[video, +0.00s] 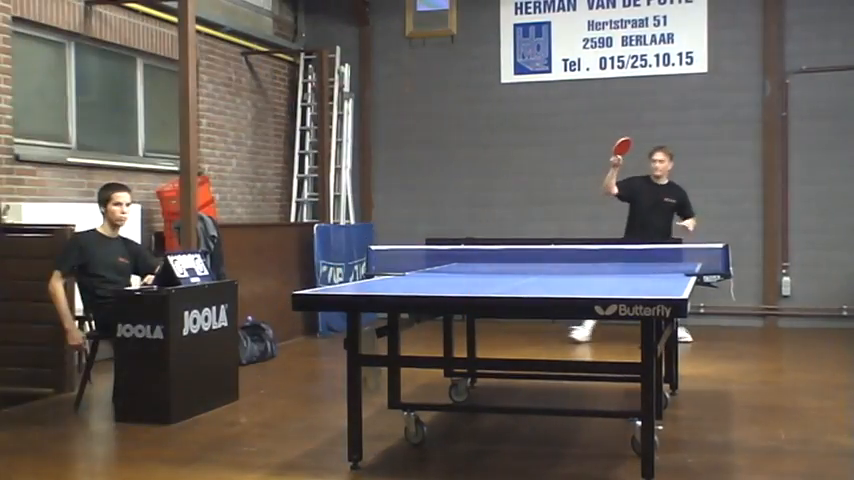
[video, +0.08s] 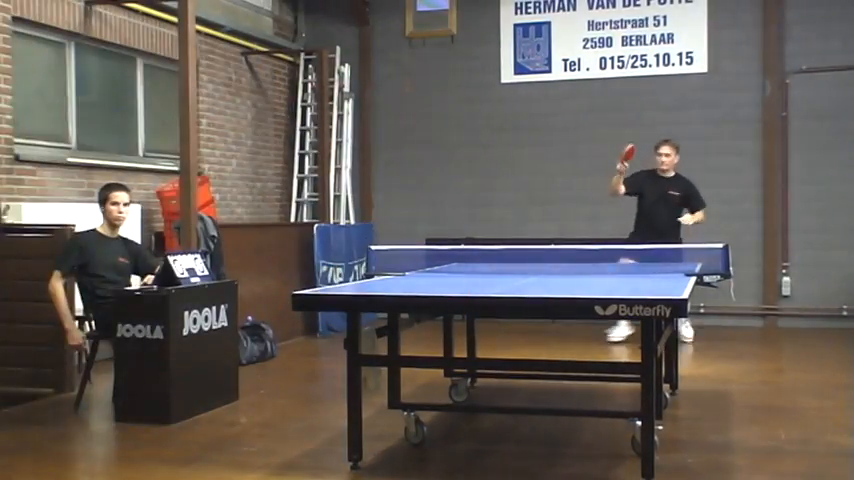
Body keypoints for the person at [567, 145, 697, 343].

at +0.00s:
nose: (656, 165)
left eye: (661, 161)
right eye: (653, 161)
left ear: (670, 165)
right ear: (649, 164)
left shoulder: (677, 192)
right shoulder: (636, 184)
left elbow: (690, 219)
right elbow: (609, 189)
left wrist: (687, 224)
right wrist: (614, 169)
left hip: (662, 251)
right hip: (631, 249)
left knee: (674, 285)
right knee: (609, 283)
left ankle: (675, 325)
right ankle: (588, 325)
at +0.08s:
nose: (663, 159)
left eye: (667, 155)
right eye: (660, 155)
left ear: (676, 158)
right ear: (655, 157)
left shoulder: (684, 185)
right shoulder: (643, 178)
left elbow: (701, 214)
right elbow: (616, 191)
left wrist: (691, 218)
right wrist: (620, 174)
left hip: (670, 245)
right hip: (639, 242)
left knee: (677, 283)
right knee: (622, 272)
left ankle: (682, 321)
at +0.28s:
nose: (650, 178)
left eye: (652, 172)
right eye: (647, 173)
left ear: (666, 164)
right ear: (663, 166)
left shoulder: (687, 181)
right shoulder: (672, 180)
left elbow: (690, 227)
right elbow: (675, 216)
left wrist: (649, 237)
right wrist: (657, 228)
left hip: (715, 238)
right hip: (700, 237)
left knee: (690, 293)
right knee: (689, 293)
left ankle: (709, 351)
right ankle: (709, 350)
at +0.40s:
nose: (651, 181)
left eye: (654, 175)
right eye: (649, 176)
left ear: (670, 167)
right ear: (667, 169)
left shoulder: (690, 185)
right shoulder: (673, 185)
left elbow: (686, 231)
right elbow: (670, 220)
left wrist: (646, 229)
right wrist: (649, 220)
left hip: (715, 243)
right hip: (698, 242)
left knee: (680, 293)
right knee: (680, 294)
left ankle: (706, 349)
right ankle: (709, 348)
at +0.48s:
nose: (654, 183)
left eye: (657, 177)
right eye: (653, 179)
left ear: (674, 172)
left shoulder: (693, 191)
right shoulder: (673, 196)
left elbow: (682, 232)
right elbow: (658, 231)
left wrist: (644, 219)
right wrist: (642, 215)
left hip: (711, 253)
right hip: (690, 252)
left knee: (672, 294)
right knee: (661, 297)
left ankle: (701, 346)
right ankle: (707, 346)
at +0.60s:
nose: (658, 191)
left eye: (662, 186)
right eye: (658, 187)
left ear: (678, 185)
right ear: (676, 186)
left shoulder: (696, 204)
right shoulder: (676, 211)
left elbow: (684, 238)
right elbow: (650, 232)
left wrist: (648, 226)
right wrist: (645, 204)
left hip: (710, 271)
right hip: (691, 270)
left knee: (667, 301)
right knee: (652, 308)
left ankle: (710, 343)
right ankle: (701, 344)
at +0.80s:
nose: (661, 218)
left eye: (666, 213)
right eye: (660, 214)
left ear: (682, 213)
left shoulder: (702, 235)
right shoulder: (674, 240)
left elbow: (698, 277)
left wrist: (665, 260)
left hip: (715, 295)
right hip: (689, 293)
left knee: (674, 315)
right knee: (648, 316)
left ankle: (714, 348)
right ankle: (697, 343)